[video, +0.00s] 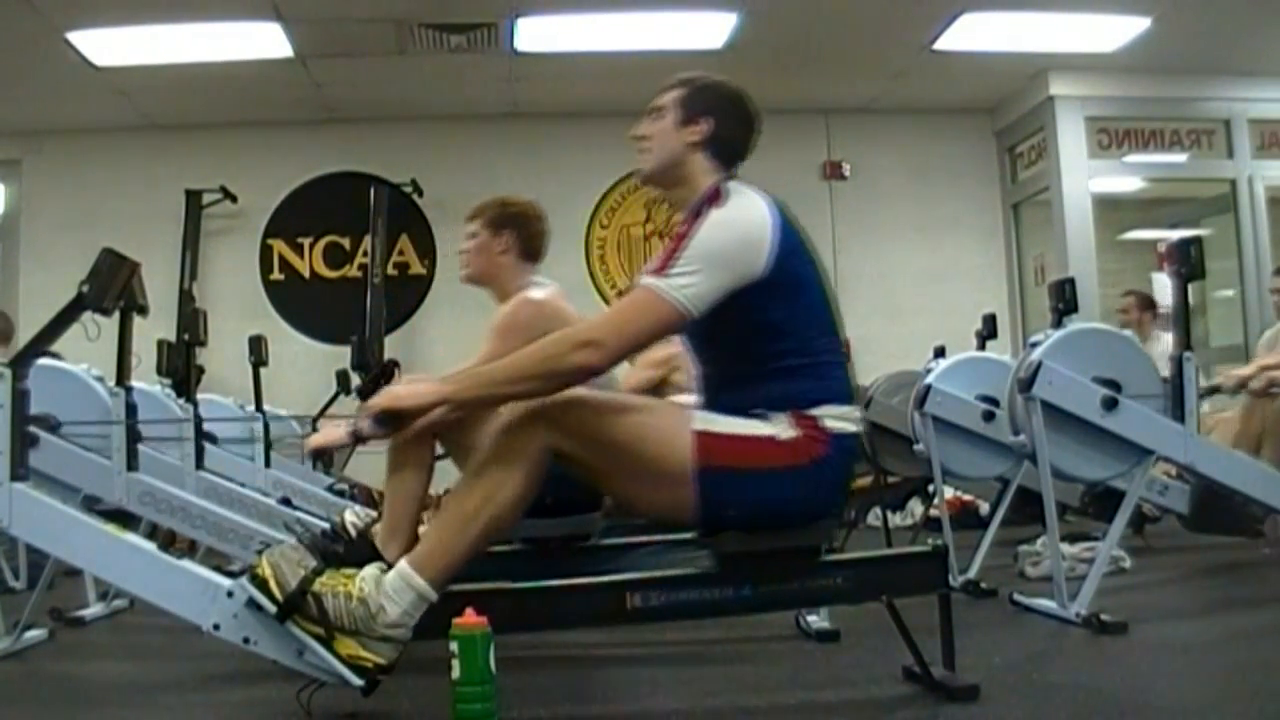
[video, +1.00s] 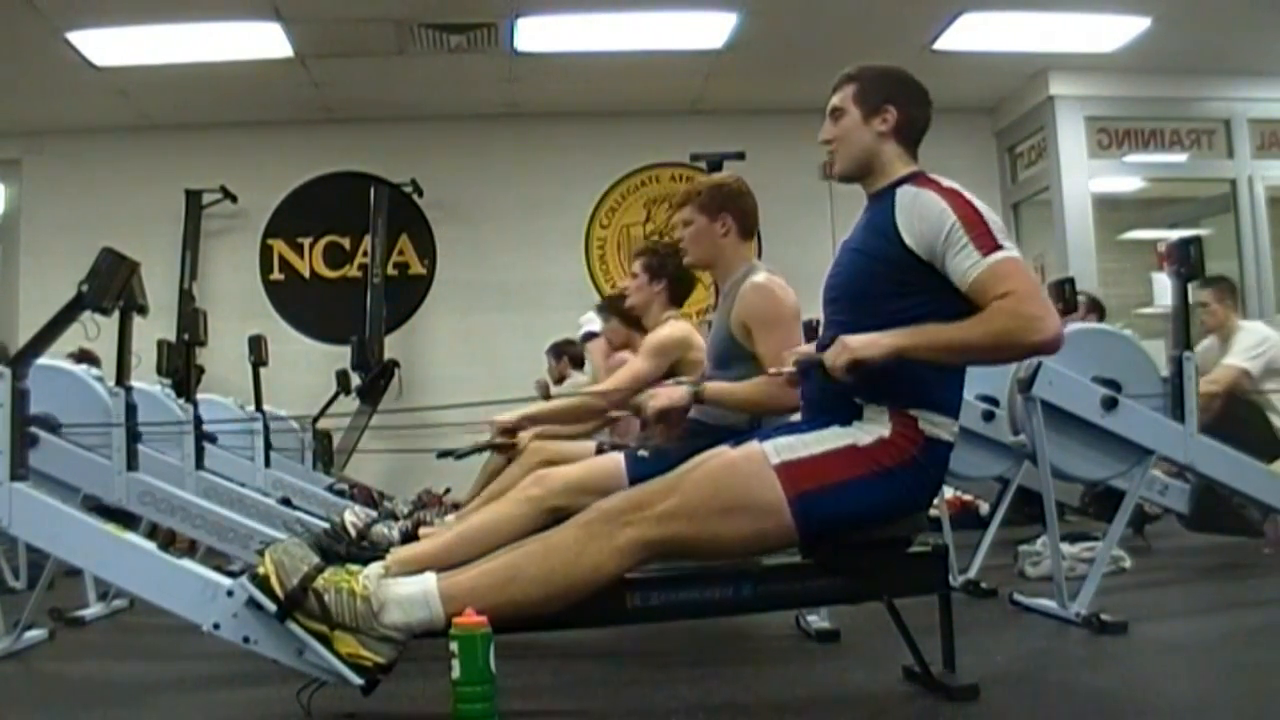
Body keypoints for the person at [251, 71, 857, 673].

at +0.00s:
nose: (636, 134)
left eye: (654, 117)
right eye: (641, 120)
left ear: (700, 131)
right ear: (690, 135)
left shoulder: (738, 219)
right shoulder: (702, 227)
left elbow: (594, 348)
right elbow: (591, 345)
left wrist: (441, 389)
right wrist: (446, 394)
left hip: (797, 448)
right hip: (754, 440)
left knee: (542, 414)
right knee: (527, 418)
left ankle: (388, 609)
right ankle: (386, 598)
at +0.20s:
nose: (724, 134)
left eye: (739, 117)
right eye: (730, 121)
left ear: (788, 126)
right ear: (784, 131)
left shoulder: (827, 211)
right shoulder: (790, 218)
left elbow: (688, 333)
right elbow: (680, 329)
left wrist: (530, 372)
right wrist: (541, 386)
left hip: (860, 446)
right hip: (822, 439)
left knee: (594, 457)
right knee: (583, 460)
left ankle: (396, 610)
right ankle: (390, 592)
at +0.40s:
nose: (799, 133)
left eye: (814, 117)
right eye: (802, 119)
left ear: (864, 125)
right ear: (846, 129)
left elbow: (783, 335)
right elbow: (753, 340)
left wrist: (621, 361)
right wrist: (619, 374)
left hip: (888, 444)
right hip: (837, 437)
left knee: (637, 507)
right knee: (617, 501)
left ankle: (400, 610)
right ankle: (398, 600)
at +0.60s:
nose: (838, 137)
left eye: (850, 119)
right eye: (839, 122)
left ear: (900, 124)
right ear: (887, 127)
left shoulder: (933, 204)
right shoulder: (882, 221)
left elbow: (883, 347)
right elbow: (816, 342)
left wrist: (721, 355)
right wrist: (700, 354)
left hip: (886, 437)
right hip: (847, 432)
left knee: (635, 536)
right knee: (623, 530)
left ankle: (397, 610)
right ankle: (401, 604)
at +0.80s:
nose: (836, 143)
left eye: (848, 124)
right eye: (837, 128)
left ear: (899, 122)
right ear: (892, 127)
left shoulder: (934, 199)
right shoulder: (892, 217)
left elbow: (975, 342)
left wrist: (821, 346)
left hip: (885, 440)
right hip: (849, 433)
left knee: (645, 524)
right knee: (633, 517)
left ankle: (398, 612)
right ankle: (397, 604)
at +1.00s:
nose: (822, 135)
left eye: (834, 118)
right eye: (825, 120)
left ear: (883, 122)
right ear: (872, 126)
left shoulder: (926, 196)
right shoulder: (880, 222)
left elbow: (1032, 321)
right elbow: (823, 374)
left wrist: (880, 344)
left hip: (889, 443)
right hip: (847, 432)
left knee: (644, 521)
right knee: (628, 510)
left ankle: (399, 609)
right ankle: (399, 600)